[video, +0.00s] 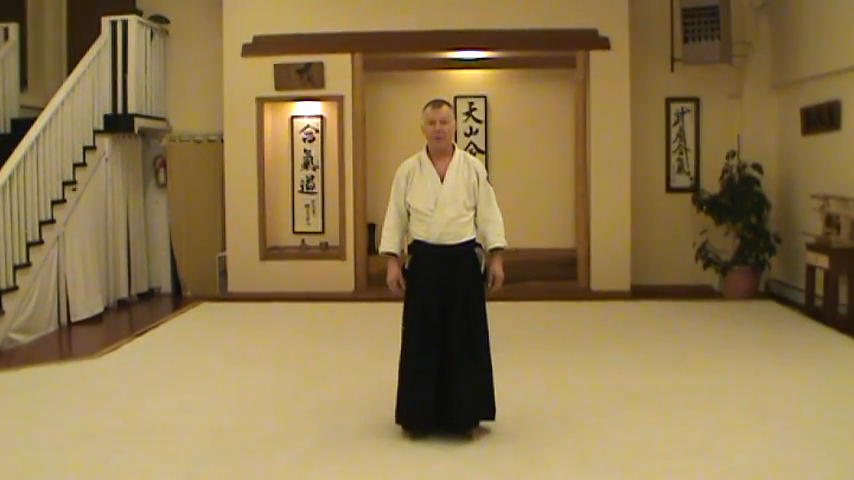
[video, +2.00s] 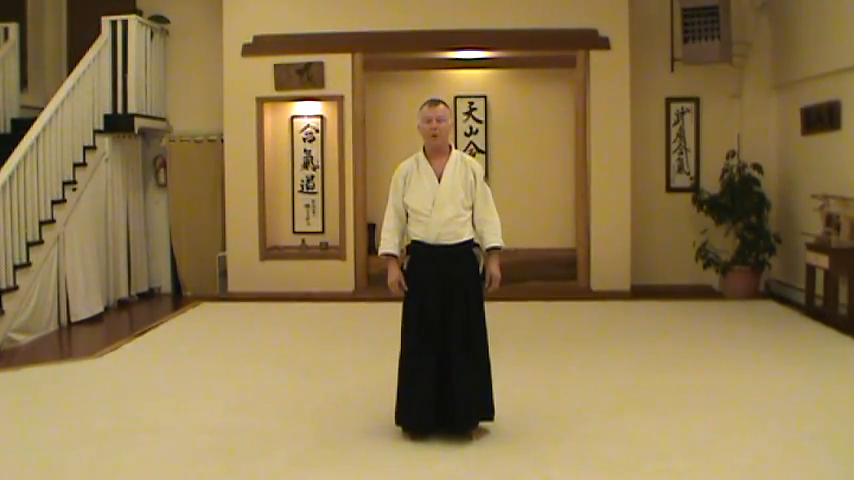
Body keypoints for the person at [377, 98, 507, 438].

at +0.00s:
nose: (438, 128)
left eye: (444, 122)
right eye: (432, 123)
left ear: (455, 126)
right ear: (423, 128)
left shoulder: (472, 167)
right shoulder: (408, 169)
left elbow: (488, 212)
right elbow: (395, 216)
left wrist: (495, 256)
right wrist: (392, 260)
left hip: (463, 260)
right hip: (424, 260)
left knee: (464, 335)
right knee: (422, 336)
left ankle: (463, 416)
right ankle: (419, 416)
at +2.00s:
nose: (435, 126)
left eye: (441, 120)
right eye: (428, 120)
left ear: (451, 125)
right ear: (419, 127)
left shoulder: (469, 167)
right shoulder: (406, 170)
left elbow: (485, 212)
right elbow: (394, 217)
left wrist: (492, 256)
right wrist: (392, 262)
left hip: (461, 260)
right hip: (422, 260)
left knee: (463, 336)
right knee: (422, 336)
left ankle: (463, 416)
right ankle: (420, 417)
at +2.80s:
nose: (435, 120)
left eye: (442, 115)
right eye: (429, 116)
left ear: (452, 124)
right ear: (419, 125)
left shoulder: (469, 167)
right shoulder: (405, 170)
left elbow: (485, 212)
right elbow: (392, 217)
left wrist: (493, 256)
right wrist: (388, 261)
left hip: (461, 259)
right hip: (421, 260)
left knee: (463, 336)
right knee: (422, 337)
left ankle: (464, 417)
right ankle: (421, 418)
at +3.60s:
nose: (435, 127)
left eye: (442, 121)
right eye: (429, 121)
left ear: (452, 125)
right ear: (421, 127)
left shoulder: (470, 167)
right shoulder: (407, 170)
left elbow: (486, 213)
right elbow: (393, 217)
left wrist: (494, 257)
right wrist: (390, 262)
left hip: (462, 260)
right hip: (422, 261)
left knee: (464, 336)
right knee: (423, 337)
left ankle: (465, 417)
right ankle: (421, 419)